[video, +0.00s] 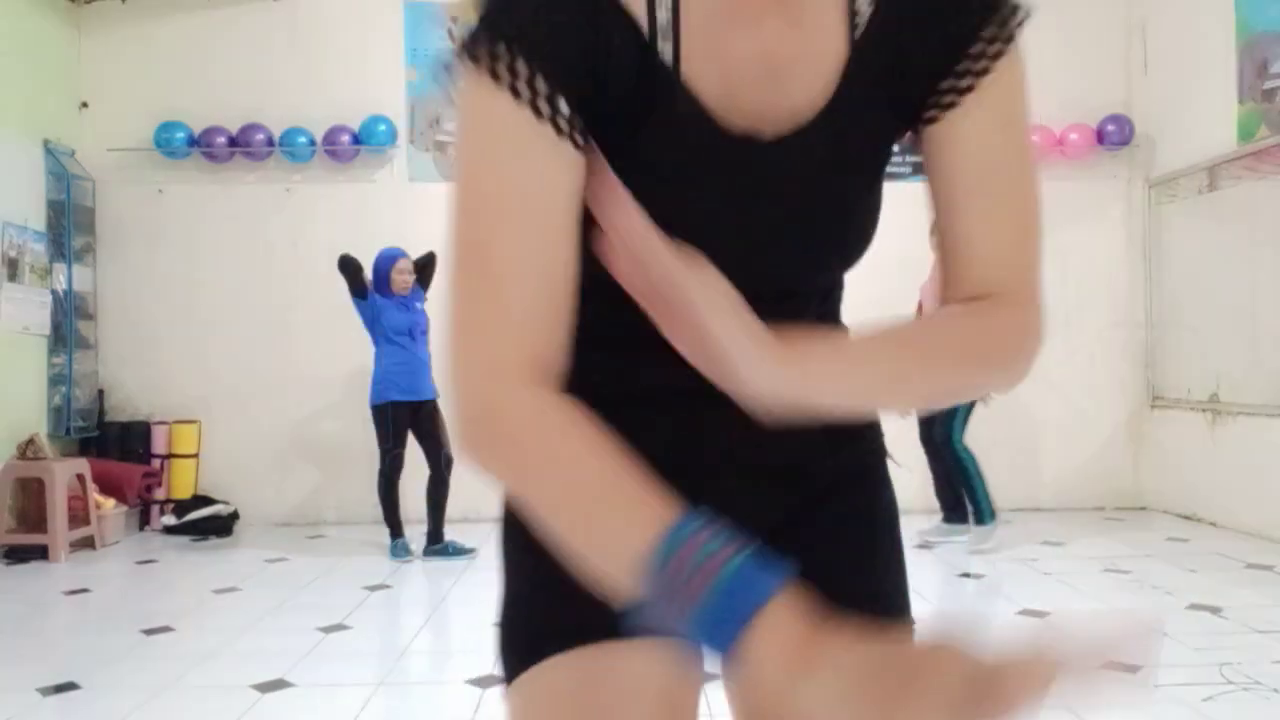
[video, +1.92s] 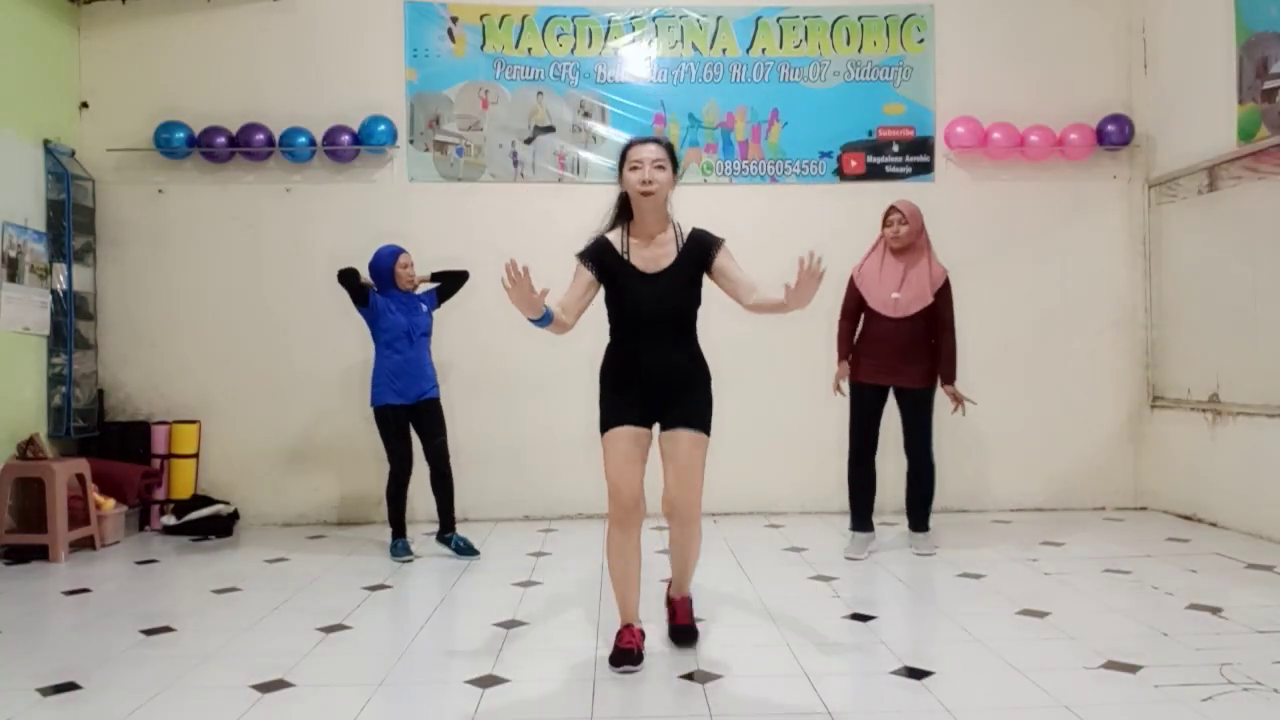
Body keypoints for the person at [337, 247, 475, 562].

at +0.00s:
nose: (406, 278)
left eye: (410, 272)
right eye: (399, 272)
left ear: (414, 276)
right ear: (384, 277)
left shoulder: (416, 300)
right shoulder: (374, 306)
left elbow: (431, 259)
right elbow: (351, 273)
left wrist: (410, 270)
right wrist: (353, 270)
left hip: (423, 395)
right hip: (389, 396)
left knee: (442, 461)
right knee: (392, 464)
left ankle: (435, 540)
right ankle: (397, 538)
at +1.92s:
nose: (412, 272)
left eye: (412, 266)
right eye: (404, 267)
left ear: (413, 272)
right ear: (388, 273)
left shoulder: (424, 302)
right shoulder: (375, 304)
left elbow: (461, 276)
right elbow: (346, 276)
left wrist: (426, 278)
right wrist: (367, 287)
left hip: (425, 394)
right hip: (389, 398)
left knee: (440, 461)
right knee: (401, 465)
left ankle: (448, 532)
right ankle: (399, 538)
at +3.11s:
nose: (406, 271)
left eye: (411, 266)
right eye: (399, 266)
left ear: (417, 271)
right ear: (387, 273)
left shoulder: (430, 302)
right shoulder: (375, 307)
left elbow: (483, 301)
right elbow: (322, 298)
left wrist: (467, 265)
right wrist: (348, 273)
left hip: (427, 395)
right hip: (390, 400)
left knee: (430, 459)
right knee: (400, 468)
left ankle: (456, 529)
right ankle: (398, 539)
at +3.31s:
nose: (414, 270)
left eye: (420, 265)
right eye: (408, 266)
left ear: (427, 271)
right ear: (397, 272)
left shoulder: (439, 304)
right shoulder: (385, 308)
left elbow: (491, 320)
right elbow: (336, 328)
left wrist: (494, 282)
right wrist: (356, 294)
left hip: (435, 398)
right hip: (399, 401)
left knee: (439, 464)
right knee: (404, 468)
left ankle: (459, 530)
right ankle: (398, 538)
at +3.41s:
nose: (421, 272)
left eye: (427, 267)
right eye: (415, 267)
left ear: (435, 272)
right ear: (404, 273)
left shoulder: (445, 307)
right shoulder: (392, 311)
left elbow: (493, 332)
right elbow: (357, 351)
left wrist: (506, 298)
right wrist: (366, 325)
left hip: (442, 400)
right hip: (405, 402)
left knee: (446, 467)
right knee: (410, 469)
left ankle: (458, 533)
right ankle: (399, 538)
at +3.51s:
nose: (427, 271)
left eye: (433, 267)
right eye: (421, 266)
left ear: (441, 272)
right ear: (411, 272)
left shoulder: (452, 306)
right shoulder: (399, 309)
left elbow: (491, 339)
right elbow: (385, 348)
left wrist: (511, 313)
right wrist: (379, 360)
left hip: (450, 395)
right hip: (413, 397)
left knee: (454, 465)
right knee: (419, 465)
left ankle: (459, 533)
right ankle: (402, 535)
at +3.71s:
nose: (432, 270)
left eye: (438, 265)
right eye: (426, 265)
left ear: (447, 270)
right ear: (417, 270)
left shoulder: (460, 304)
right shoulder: (405, 308)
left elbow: (484, 346)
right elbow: (391, 356)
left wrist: (497, 347)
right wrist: (397, 377)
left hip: (457, 395)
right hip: (421, 395)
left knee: (457, 461)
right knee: (434, 454)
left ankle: (459, 532)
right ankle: (425, 523)